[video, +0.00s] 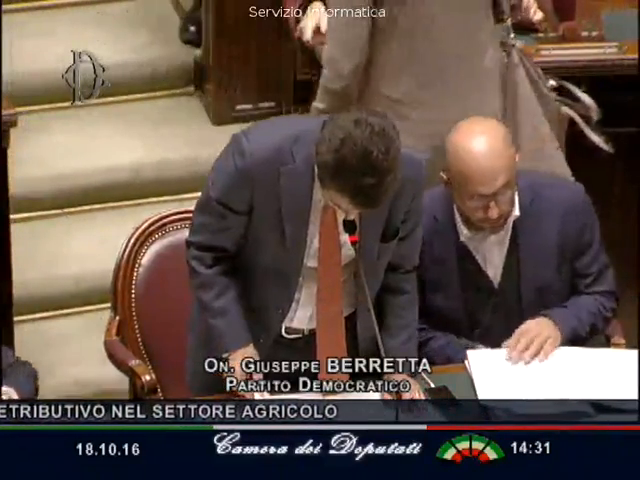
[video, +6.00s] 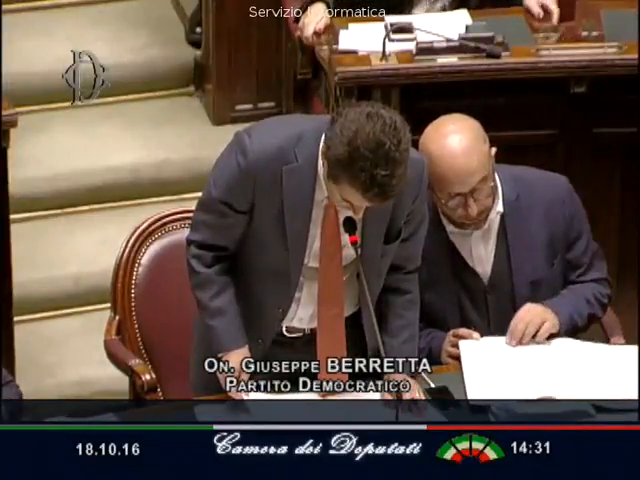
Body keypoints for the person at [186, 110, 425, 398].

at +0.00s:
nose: (349, 215)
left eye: (362, 208)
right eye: (340, 204)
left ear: (388, 178)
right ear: (321, 169)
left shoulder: (406, 176)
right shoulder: (252, 159)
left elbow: (401, 276)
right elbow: (207, 253)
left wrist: (401, 367)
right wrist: (236, 344)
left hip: (348, 337)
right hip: (263, 341)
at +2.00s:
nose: (353, 213)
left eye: (365, 206)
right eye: (343, 202)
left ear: (390, 174)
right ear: (322, 167)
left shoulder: (407, 173)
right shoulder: (253, 158)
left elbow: (401, 275)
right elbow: (202, 250)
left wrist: (401, 367)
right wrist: (229, 346)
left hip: (348, 337)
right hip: (261, 341)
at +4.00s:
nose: (352, 213)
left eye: (365, 204)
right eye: (342, 200)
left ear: (392, 175)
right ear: (324, 162)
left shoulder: (410, 176)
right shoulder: (256, 156)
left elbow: (403, 276)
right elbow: (206, 248)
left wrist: (401, 366)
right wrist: (232, 342)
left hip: (351, 336)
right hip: (265, 339)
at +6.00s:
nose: (358, 214)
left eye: (370, 205)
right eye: (348, 202)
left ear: (398, 175)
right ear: (326, 161)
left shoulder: (409, 175)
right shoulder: (256, 157)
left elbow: (403, 275)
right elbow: (207, 250)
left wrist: (400, 366)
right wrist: (231, 345)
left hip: (350, 336)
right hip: (264, 340)